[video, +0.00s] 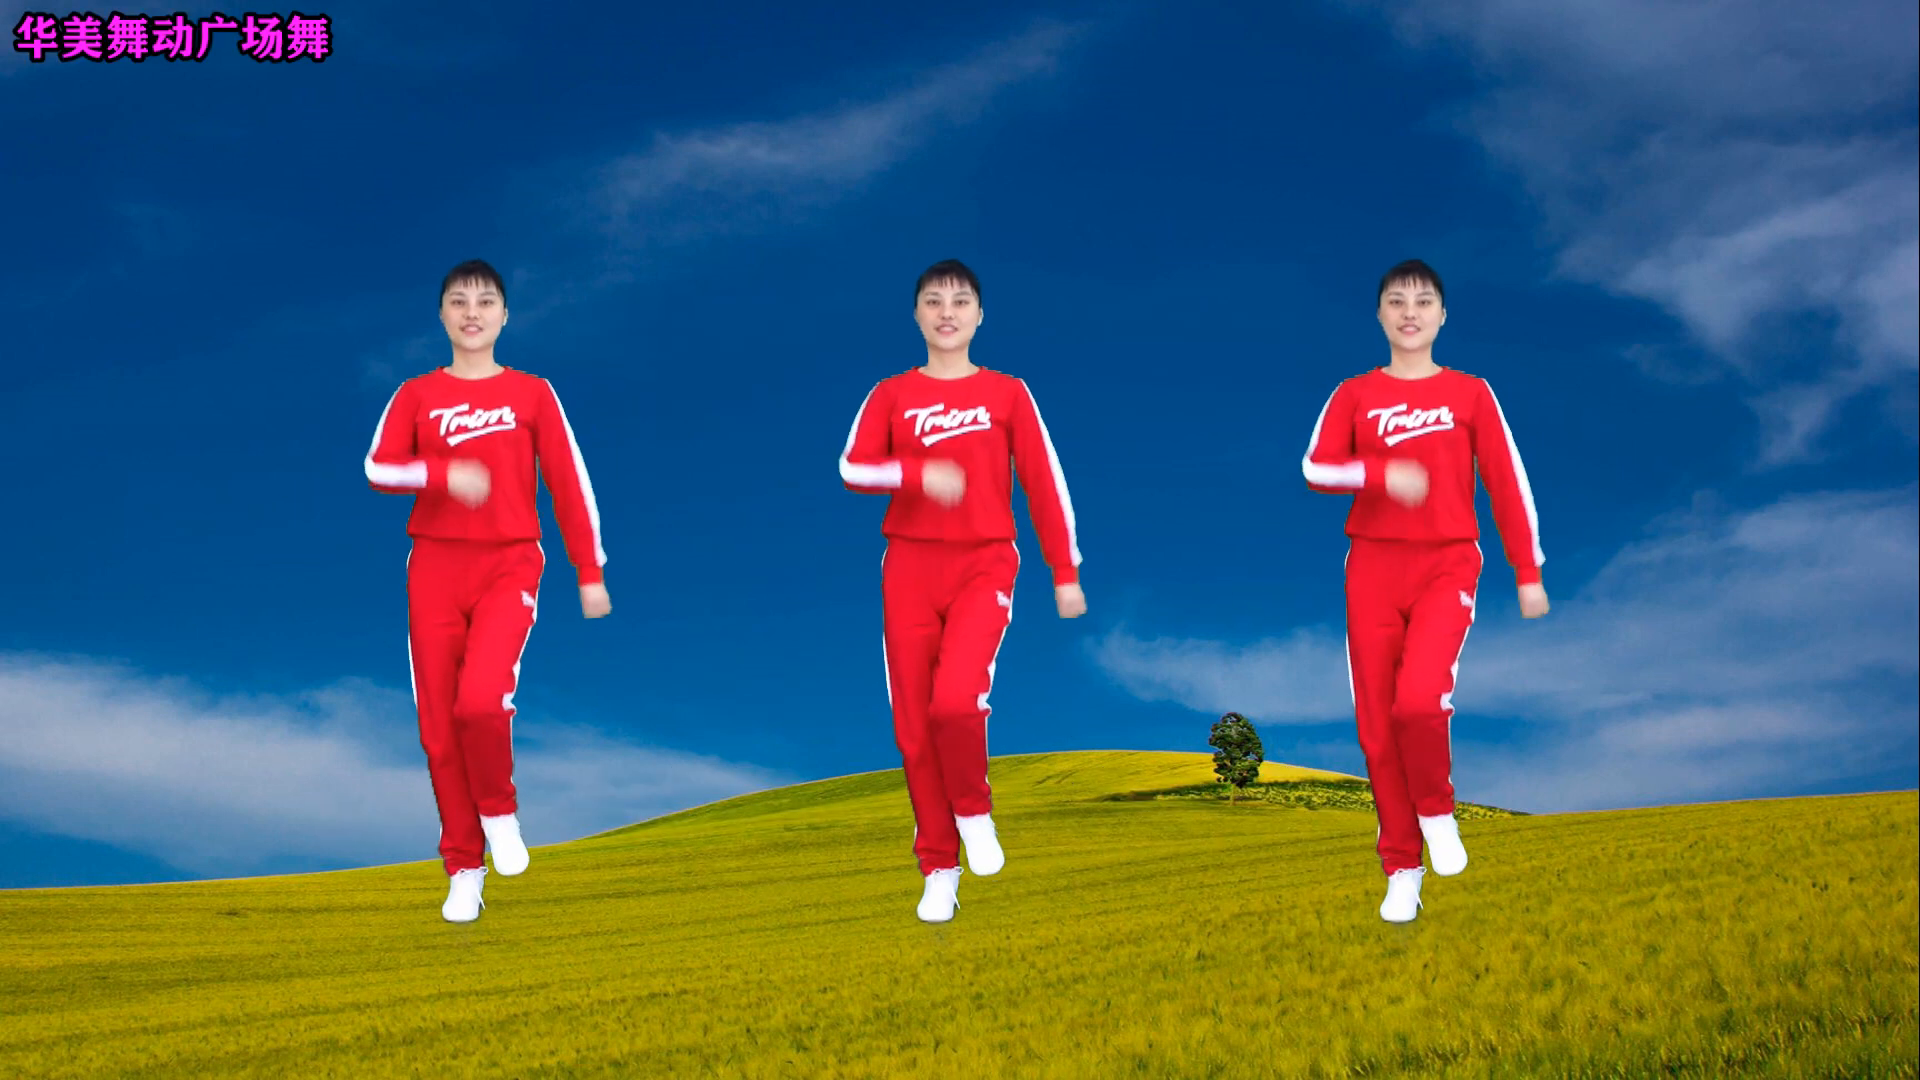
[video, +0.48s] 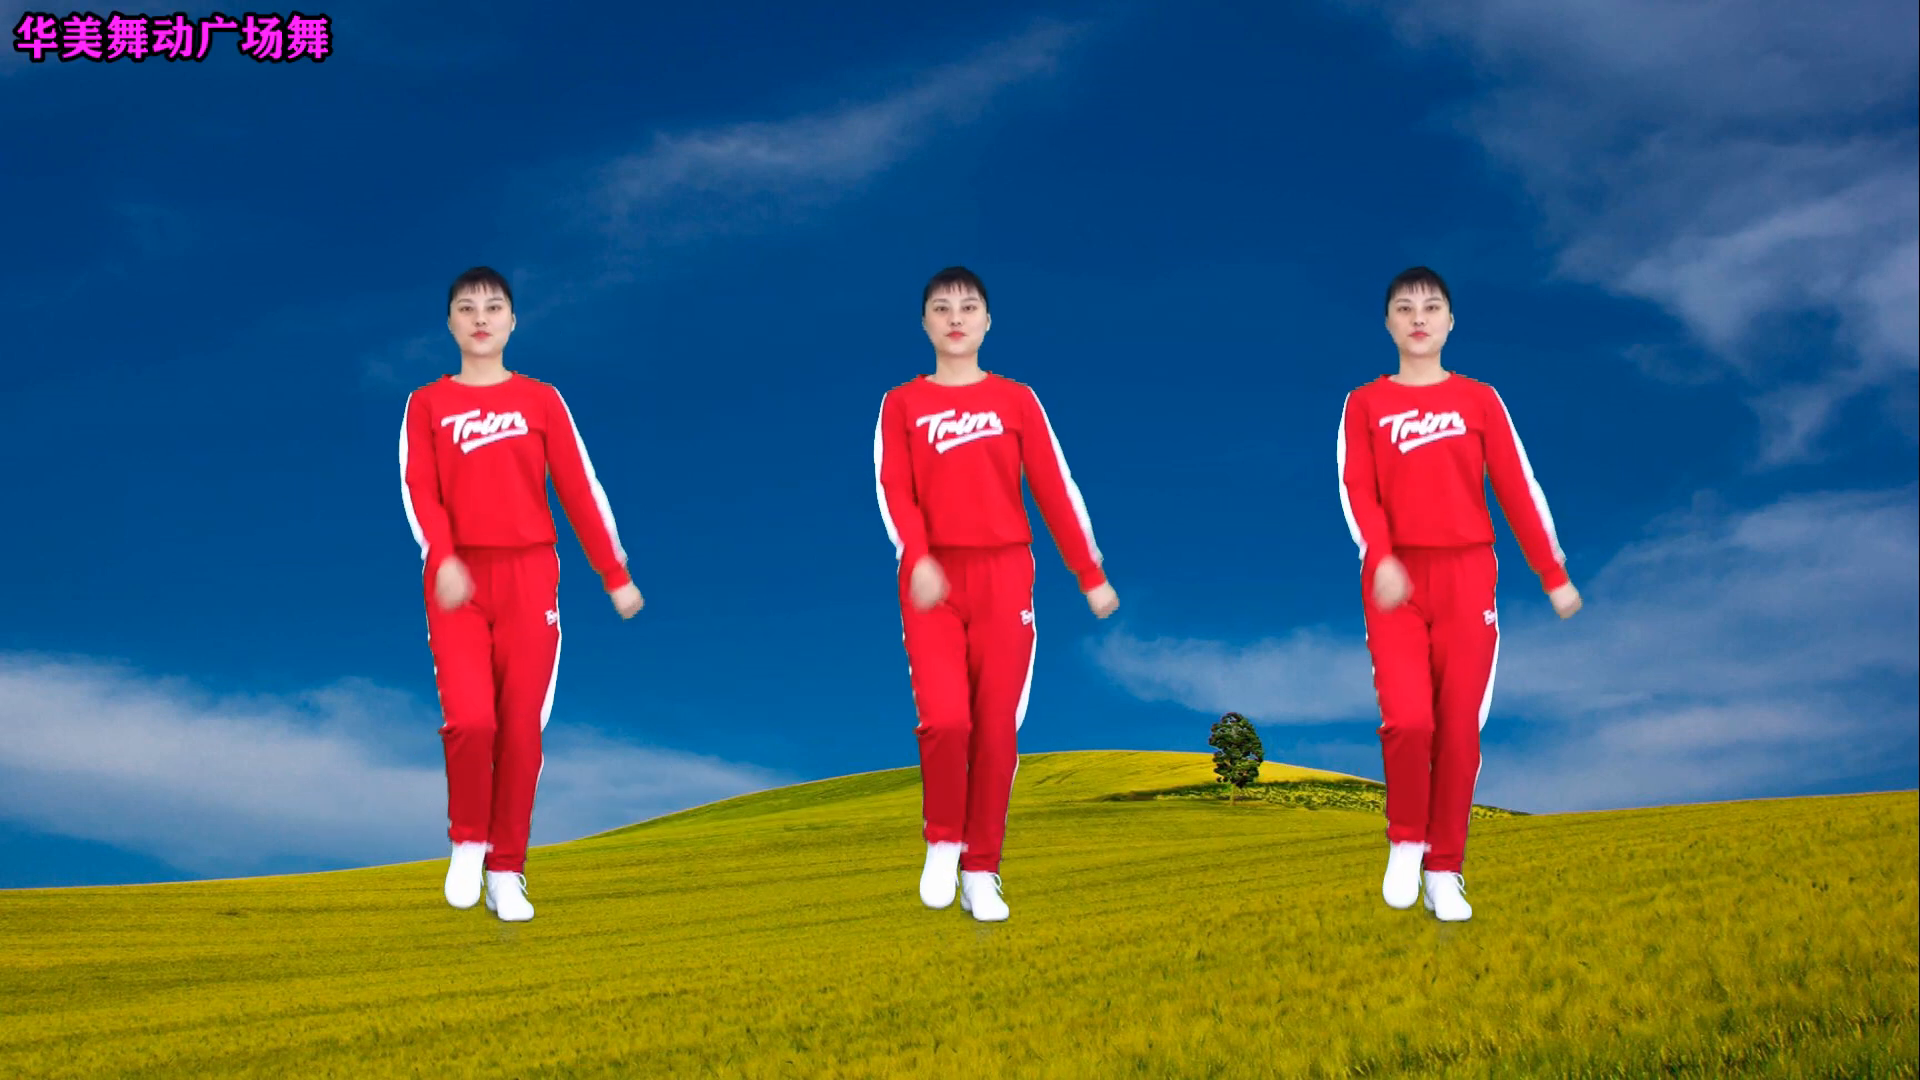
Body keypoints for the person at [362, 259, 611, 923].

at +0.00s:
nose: (473, 312)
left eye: (485, 302)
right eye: (460, 303)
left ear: (503, 314)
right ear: (443, 316)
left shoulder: (533, 393)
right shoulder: (414, 396)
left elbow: (570, 482)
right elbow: (378, 469)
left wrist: (590, 572)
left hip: (510, 568)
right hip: (435, 568)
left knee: (479, 706)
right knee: (436, 726)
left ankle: (498, 811)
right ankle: (463, 864)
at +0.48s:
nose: (480, 318)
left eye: (493, 308)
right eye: (468, 309)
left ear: (511, 321)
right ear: (450, 322)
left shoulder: (541, 399)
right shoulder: (426, 403)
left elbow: (580, 488)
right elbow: (418, 489)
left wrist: (616, 573)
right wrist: (442, 557)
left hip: (531, 574)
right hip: (456, 574)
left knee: (523, 725)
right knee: (470, 721)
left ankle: (507, 868)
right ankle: (469, 841)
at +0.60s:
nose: (482, 325)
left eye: (494, 315)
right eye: (469, 317)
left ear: (513, 328)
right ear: (453, 332)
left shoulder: (544, 409)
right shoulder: (429, 411)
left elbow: (559, 500)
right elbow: (410, 507)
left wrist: (545, 574)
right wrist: (399, 596)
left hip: (532, 582)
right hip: (457, 582)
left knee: (533, 727)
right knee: (487, 703)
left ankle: (507, 868)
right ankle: (474, 807)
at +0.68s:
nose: (482, 314)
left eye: (493, 304)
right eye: (469, 306)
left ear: (512, 316)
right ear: (453, 321)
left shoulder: (543, 393)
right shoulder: (428, 401)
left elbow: (566, 470)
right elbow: (391, 488)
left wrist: (515, 496)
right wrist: (366, 572)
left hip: (532, 572)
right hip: (457, 571)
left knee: (528, 718)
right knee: (487, 695)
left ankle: (509, 867)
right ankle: (477, 808)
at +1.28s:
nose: (465, 328)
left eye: (478, 318)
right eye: (453, 318)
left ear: (495, 330)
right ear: (436, 329)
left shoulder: (523, 407)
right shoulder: (408, 411)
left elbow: (531, 501)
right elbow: (392, 498)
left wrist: (527, 585)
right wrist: (410, 570)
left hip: (497, 583)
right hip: (426, 584)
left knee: (471, 716)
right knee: (424, 735)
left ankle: (492, 810)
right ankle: (452, 867)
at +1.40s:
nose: (464, 310)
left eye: (477, 300)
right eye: (452, 300)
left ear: (494, 312)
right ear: (434, 312)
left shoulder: (522, 390)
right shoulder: (404, 393)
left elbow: (561, 478)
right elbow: (367, 472)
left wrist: (580, 566)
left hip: (499, 566)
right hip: (424, 568)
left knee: (473, 710)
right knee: (430, 723)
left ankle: (489, 819)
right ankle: (454, 863)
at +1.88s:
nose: (471, 323)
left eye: (484, 311)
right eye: (458, 312)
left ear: (501, 321)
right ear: (442, 323)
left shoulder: (532, 399)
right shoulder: (416, 404)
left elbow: (576, 486)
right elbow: (410, 488)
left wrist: (617, 567)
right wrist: (433, 556)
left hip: (522, 573)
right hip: (447, 575)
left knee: (513, 728)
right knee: (460, 721)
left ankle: (495, 869)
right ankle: (457, 838)